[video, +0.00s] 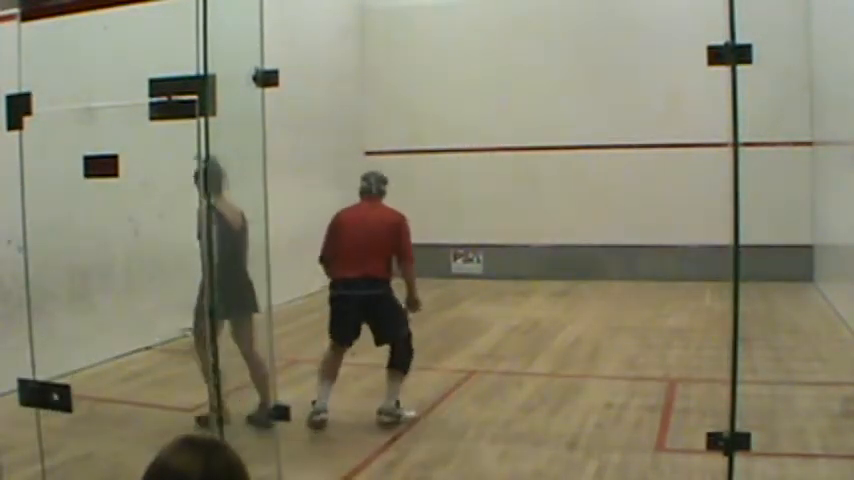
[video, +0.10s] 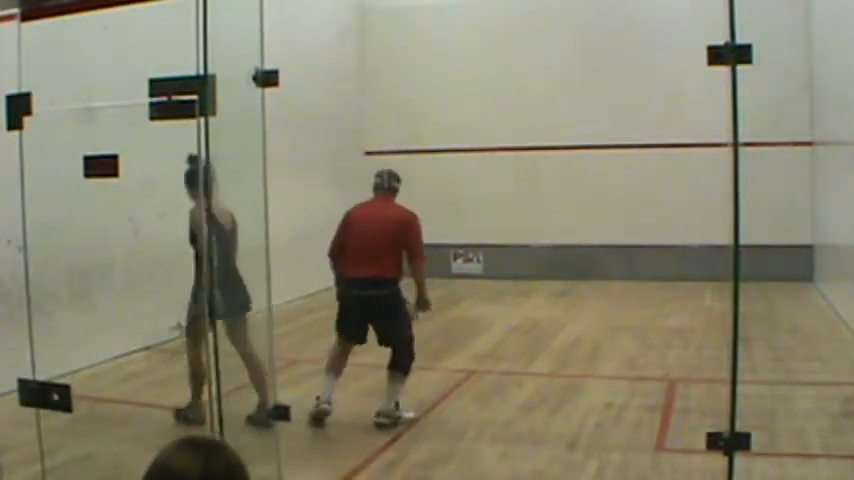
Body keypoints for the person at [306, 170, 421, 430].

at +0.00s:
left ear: (360, 192)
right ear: (384, 192)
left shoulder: (342, 217)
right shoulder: (395, 219)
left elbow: (325, 258)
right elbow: (406, 261)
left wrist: (341, 280)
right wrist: (412, 294)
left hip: (343, 295)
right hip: (378, 294)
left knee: (337, 346)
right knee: (402, 342)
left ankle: (320, 404)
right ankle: (390, 405)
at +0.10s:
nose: (387, 193)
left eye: (382, 187)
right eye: (393, 189)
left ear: (374, 188)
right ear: (397, 190)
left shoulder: (354, 213)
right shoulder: (406, 218)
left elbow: (335, 253)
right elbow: (416, 260)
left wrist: (343, 285)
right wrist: (422, 294)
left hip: (351, 294)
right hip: (385, 295)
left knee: (344, 341)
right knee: (403, 347)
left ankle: (325, 398)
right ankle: (388, 408)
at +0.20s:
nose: (401, 192)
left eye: (394, 185)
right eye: (405, 188)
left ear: (384, 185)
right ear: (407, 187)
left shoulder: (362, 209)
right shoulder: (413, 215)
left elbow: (340, 247)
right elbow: (424, 259)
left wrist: (342, 282)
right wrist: (431, 295)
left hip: (357, 291)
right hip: (390, 294)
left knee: (357, 340)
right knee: (405, 349)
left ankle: (336, 393)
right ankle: (389, 407)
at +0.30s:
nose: (411, 185)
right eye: (414, 181)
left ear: (391, 177)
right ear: (415, 181)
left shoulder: (368, 201)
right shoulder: (417, 208)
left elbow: (343, 235)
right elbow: (425, 254)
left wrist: (342, 269)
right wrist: (434, 289)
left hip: (361, 281)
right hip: (392, 284)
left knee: (373, 333)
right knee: (405, 344)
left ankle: (356, 393)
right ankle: (390, 405)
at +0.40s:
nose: (418, 183)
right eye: (420, 178)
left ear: (398, 172)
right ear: (421, 177)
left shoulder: (371, 194)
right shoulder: (417, 200)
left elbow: (344, 220)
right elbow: (423, 247)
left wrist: (346, 254)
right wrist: (431, 284)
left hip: (365, 274)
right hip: (394, 279)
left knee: (384, 335)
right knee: (406, 342)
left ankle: (377, 395)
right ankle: (389, 405)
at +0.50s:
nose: (425, 189)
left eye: (426, 184)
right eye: (425, 183)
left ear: (404, 174)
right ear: (419, 178)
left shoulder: (375, 195)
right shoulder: (413, 198)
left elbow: (347, 217)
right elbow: (416, 245)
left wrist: (355, 245)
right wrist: (426, 282)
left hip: (371, 271)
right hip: (396, 275)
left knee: (391, 335)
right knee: (413, 337)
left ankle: (382, 397)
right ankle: (391, 400)